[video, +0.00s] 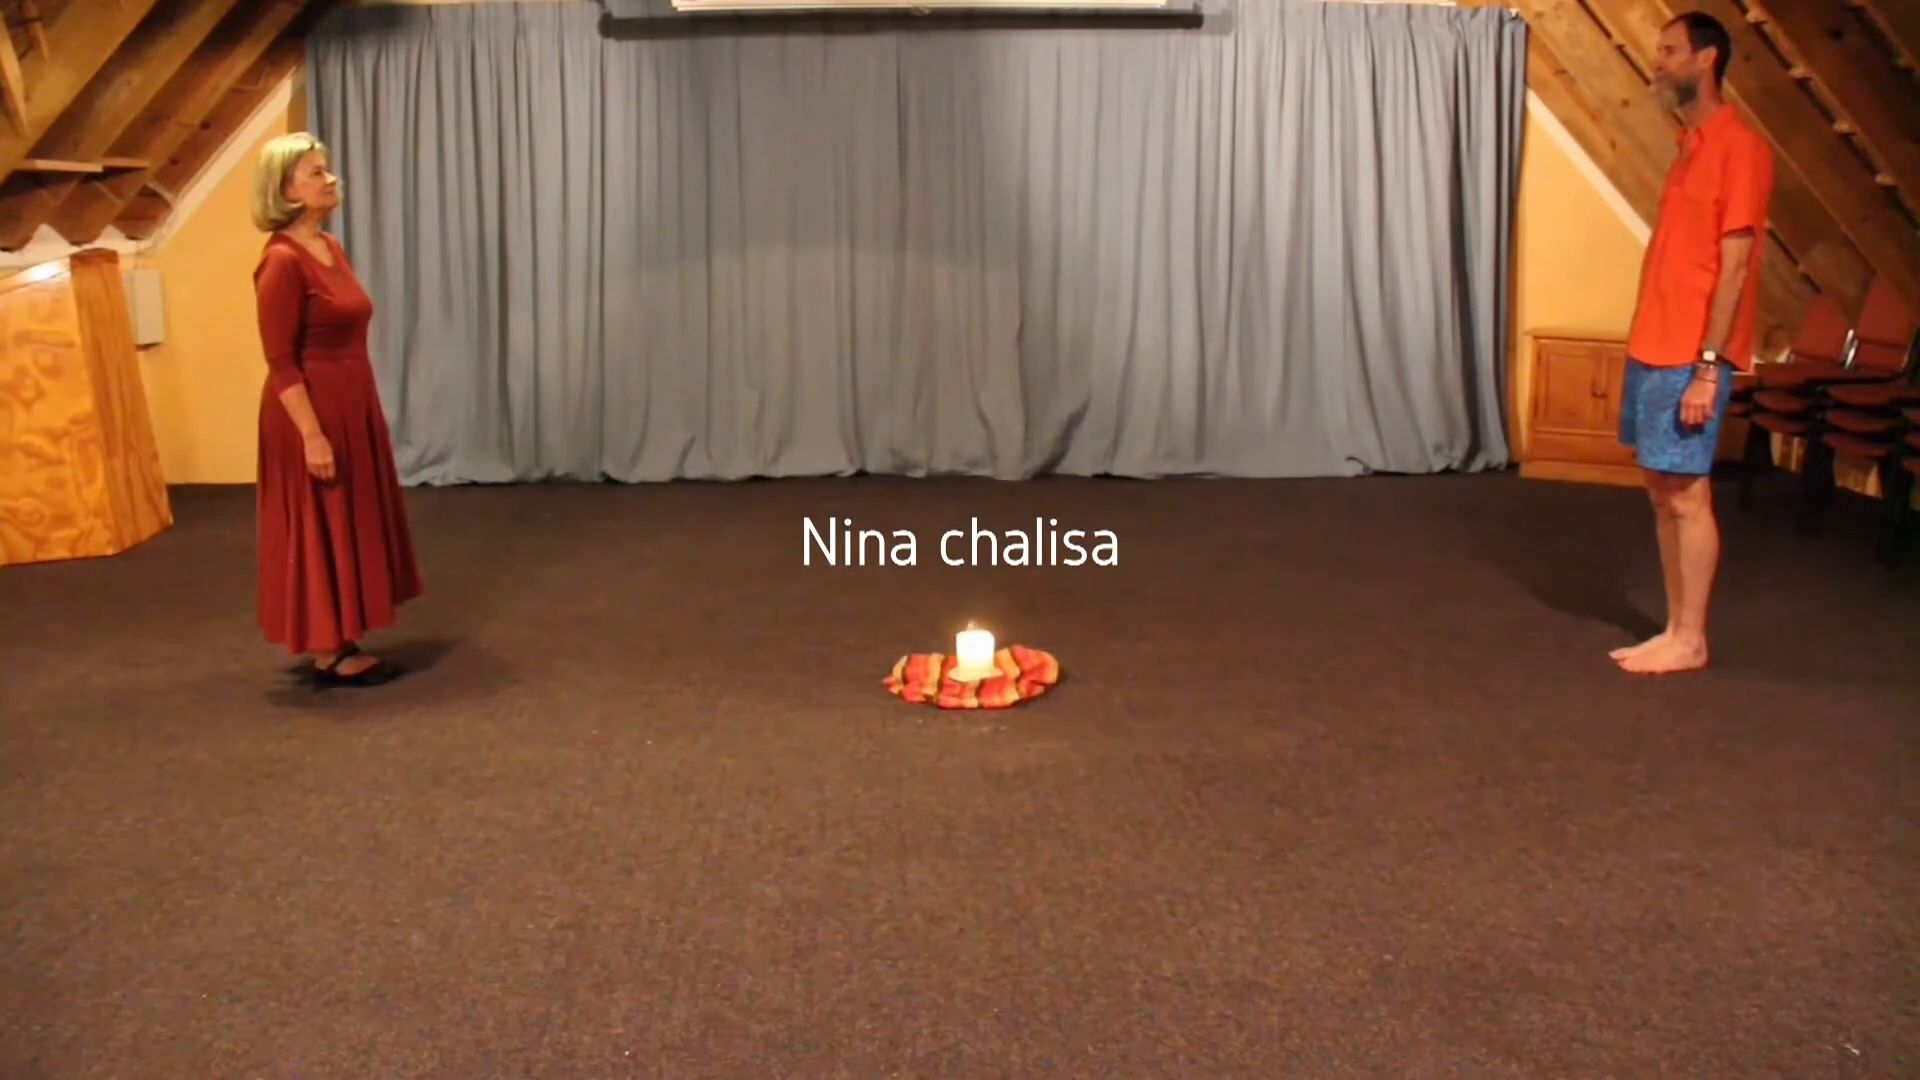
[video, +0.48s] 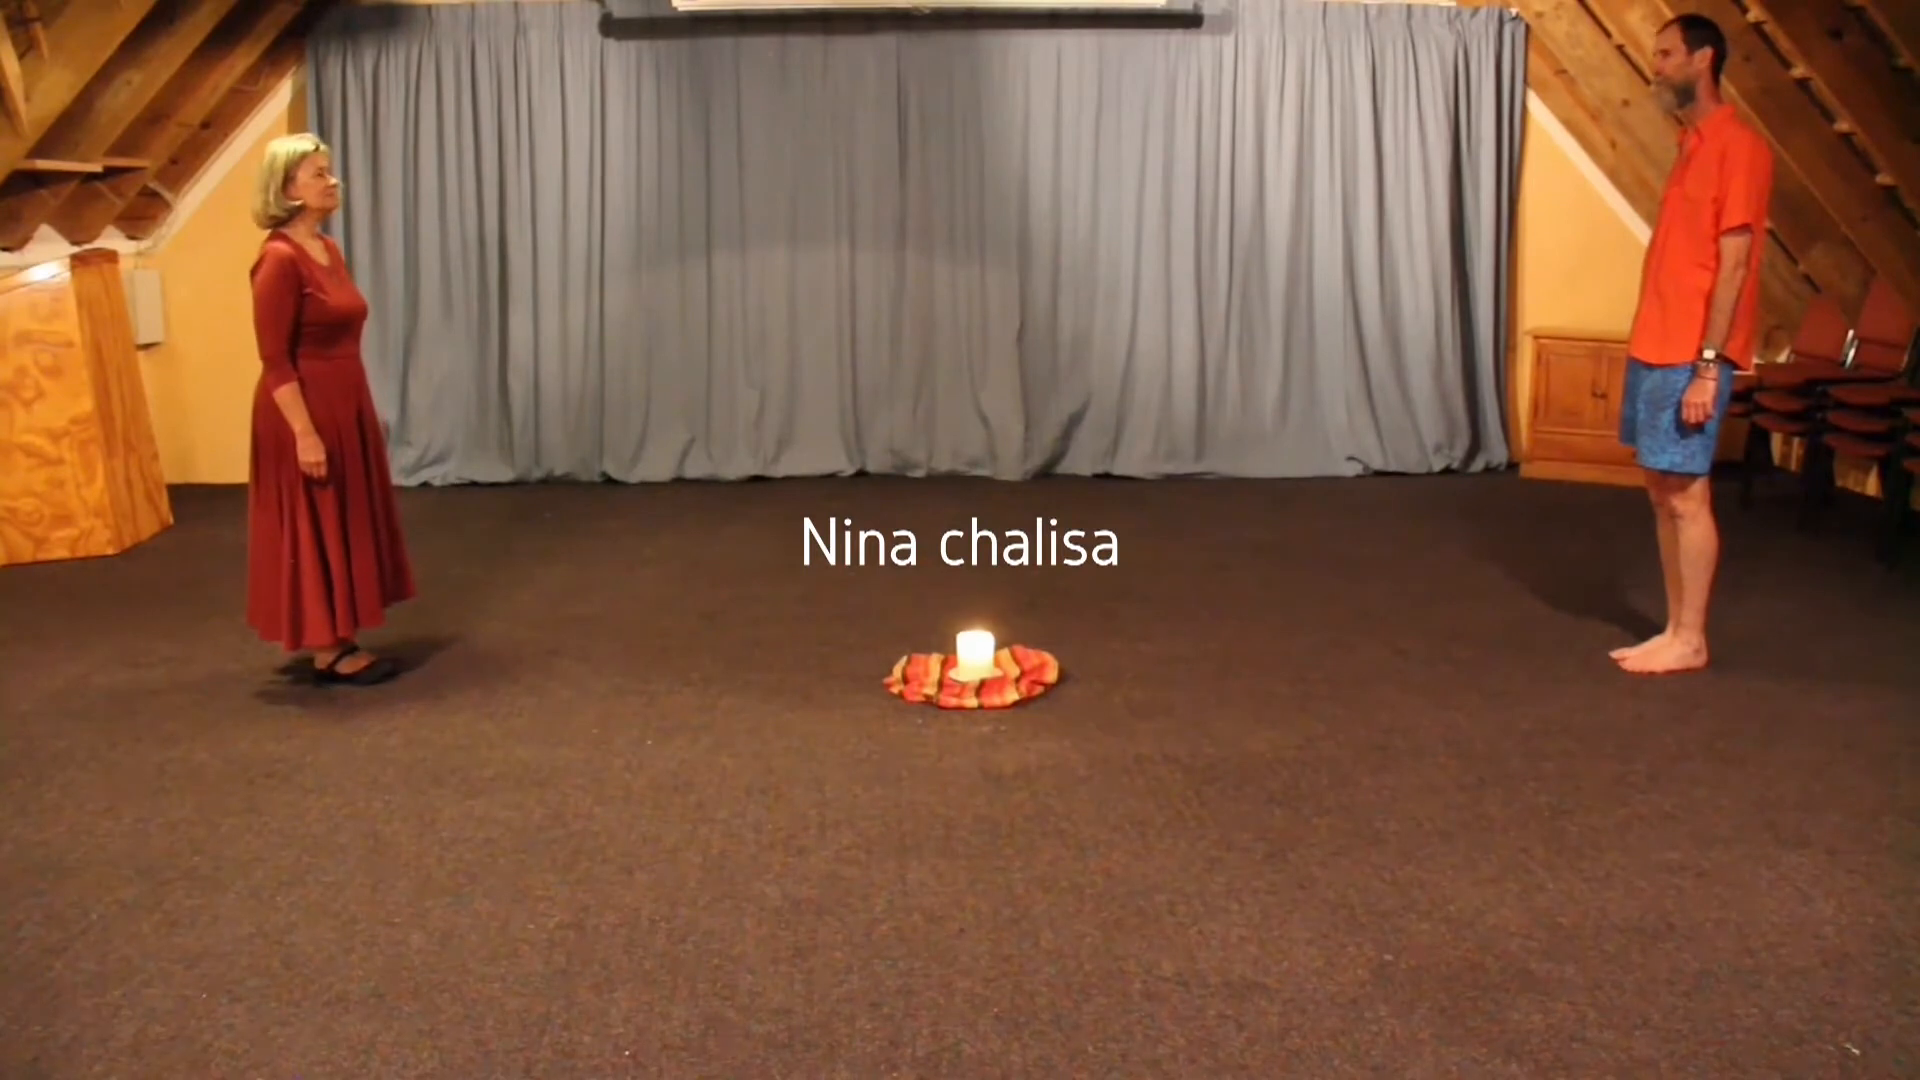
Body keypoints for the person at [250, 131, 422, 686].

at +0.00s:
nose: (331, 179)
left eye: (328, 170)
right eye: (317, 173)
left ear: (323, 182)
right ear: (287, 189)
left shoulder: (329, 246)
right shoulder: (281, 261)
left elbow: (341, 340)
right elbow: (280, 361)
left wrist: (361, 407)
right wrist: (312, 434)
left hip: (349, 401)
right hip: (312, 408)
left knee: (345, 519)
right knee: (318, 524)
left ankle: (340, 641)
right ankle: (326, 647)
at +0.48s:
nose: (333, 182)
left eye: (331, 172)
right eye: (320, 175)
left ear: (323, 183)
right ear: (289, 189)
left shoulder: (327, 248)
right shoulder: (278, 259)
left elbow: (340, 344)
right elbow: (275, 359)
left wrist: (363, 410)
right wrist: (304, 432)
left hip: (343, 402)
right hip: (305, 408)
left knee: (340, 519)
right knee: (314, 524)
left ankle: (337, 642)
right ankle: (325, 648)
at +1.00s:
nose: (331, 184)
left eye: (328, 174)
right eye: (318, 175)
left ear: (320, 184)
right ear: (286, 188)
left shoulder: (324, 250)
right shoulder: (275, 260)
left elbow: (338, 345)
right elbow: (271, 360)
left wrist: (361, 412)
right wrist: (302, 434)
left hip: (340, 404)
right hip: (302, 410)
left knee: (340, 520)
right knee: (311, 525)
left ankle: (339, 641)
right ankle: (323, 648)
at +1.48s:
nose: (330, 185)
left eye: (327, 175)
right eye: (317, 178)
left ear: (318, 186)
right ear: (287, 191)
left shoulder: (325, 250)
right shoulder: (275, 263)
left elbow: (339, 344)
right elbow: (275, 364)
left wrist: (361, 410)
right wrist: (307, 437)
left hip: (345, 403)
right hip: (307, 410)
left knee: (342, 520)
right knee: (315, 524)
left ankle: (339, 642)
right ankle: (324, 648)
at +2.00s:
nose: (334, 186)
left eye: (331, 176)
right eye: (321, 180)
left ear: (320, 188)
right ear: (291, 193)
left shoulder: (333, 249)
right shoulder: (280, 264)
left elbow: (345, 343)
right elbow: (279, 364)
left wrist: (366, 411)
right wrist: (307, 437)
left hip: (352, 406)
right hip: (312, 414)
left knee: (348, 522)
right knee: (319, 527)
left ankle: (341, 642)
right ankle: (326, 648)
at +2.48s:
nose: (341, 182)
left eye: (338, 173)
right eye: (327, 176)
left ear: (332, 185)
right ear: (297, 193)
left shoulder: (345, 249)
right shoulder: (287, 262)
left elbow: (363, 347)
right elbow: (283, 363)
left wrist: (386, 418)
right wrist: (304, 438)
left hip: (362, 406)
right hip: (320, 413)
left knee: (354, 521)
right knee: (324, 525)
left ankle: (343, 644)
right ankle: (329, 648)